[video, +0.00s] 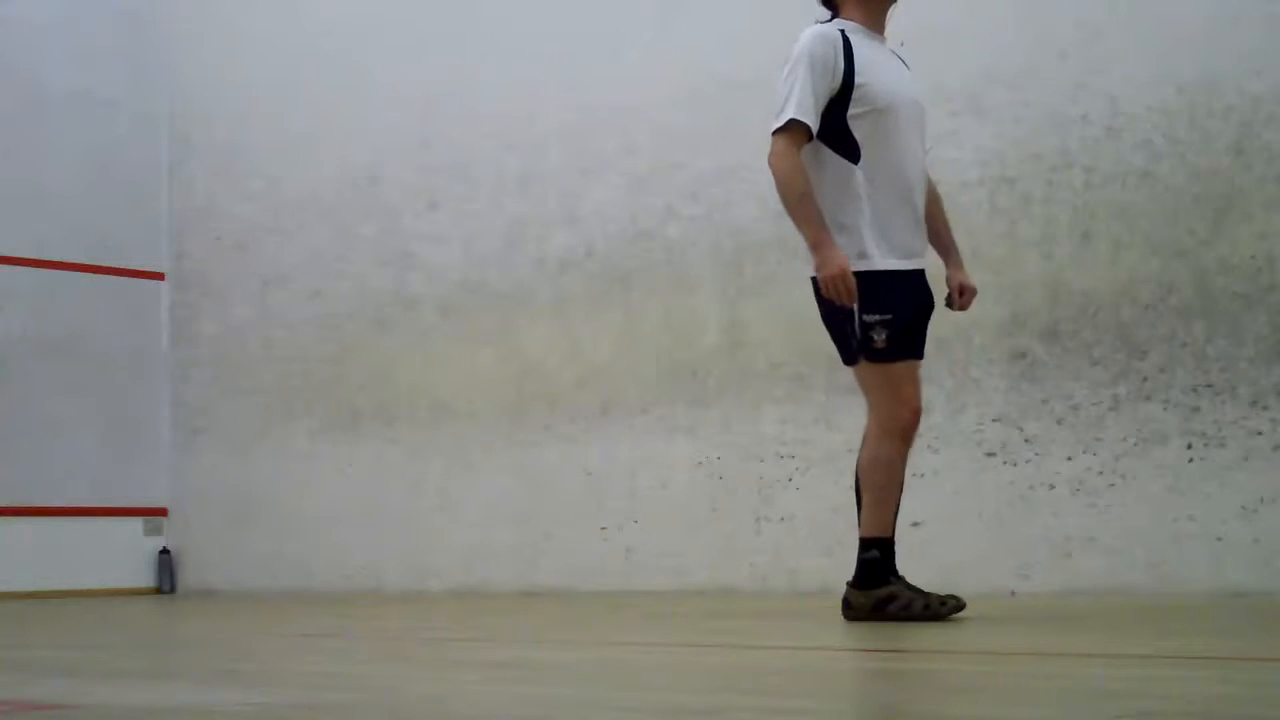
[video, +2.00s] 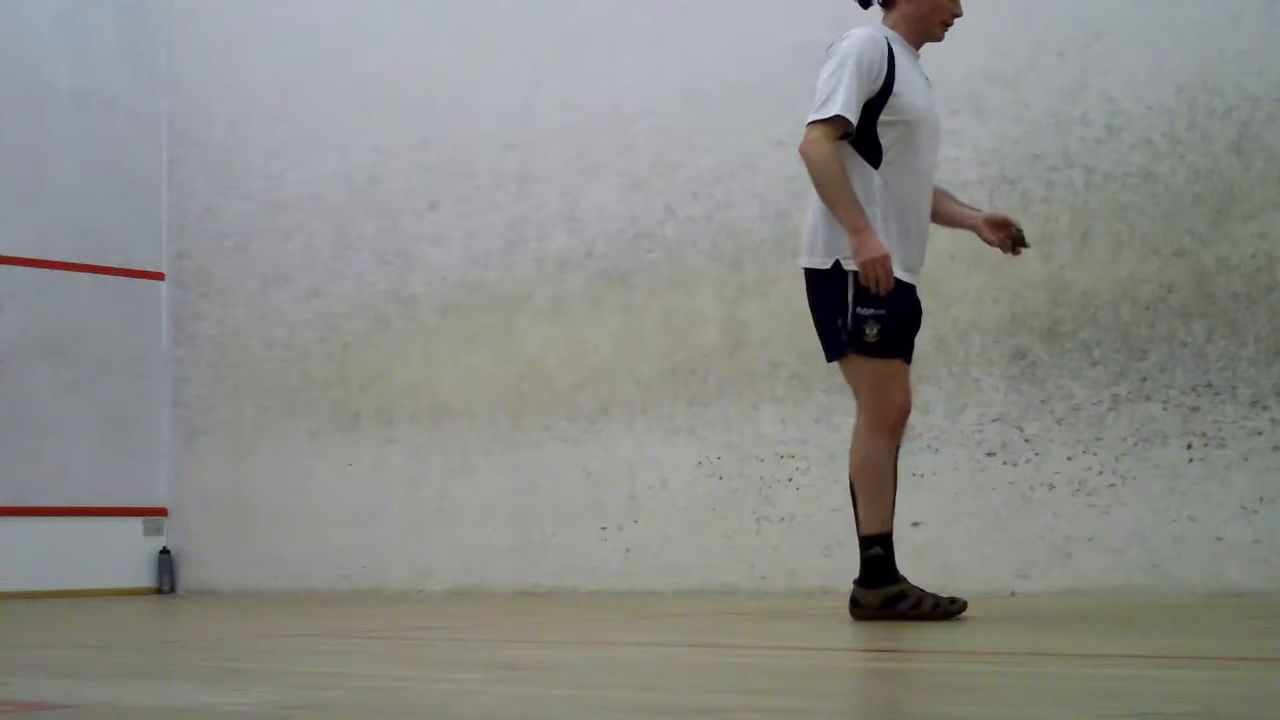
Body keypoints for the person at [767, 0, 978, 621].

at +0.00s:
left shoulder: (893, 59)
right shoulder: (822, 43)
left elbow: (915, 174)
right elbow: (783, 151)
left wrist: (951, 259)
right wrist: (822, 248)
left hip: (904, 266)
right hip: (862, 267)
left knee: (893, 417)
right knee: (896, 414)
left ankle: (876, 575)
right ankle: (873, 580)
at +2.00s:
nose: (958, 11)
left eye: (957, 3)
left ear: (914, 4)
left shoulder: (910, 68)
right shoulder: (866, 46)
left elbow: (907, 187)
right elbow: (818, 144)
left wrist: (977, 220)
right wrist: (861, 235)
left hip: (886, 265)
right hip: (854, 263)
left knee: (882, 414)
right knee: (884, 411)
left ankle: (878, 578)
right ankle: (877, 580)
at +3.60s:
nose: (932, 12)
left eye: (932, 3)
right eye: (923, 1)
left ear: (886, 7)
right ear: (882, 2)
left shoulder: (883, 73)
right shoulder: (845, 58)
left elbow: (896, 191)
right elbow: (802, 159)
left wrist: (975, 203)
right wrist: (859, 234)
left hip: (880, 269)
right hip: (868, 269)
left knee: (908, 418)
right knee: (942, 401)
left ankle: (869, 577)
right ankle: (894, 568)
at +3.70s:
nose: (927, 26)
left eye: (928, 15)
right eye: (917, 13)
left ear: (888, 18)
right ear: (875, 12)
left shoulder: (878, 89)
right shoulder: (842, 75)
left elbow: (891, 207)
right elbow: (792, 176)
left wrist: (963, 233)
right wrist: (846, 246)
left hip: (881, 274)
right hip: (879, 270)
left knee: (928, 432)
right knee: (1012, 343)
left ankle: (869, 582)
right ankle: (939, 484)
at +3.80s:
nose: (928, 38)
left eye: (930, 26)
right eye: (919, 24)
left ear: (896, 28)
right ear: (877, 22)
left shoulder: (882, 96)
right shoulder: (843, 85)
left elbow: (878, 197)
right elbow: (790, 183)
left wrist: (932, 237)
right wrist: (848, 259)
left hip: (881, 277)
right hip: (880, 267)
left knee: (937, 430)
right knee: (1031, 257)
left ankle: (869, 582)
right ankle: (969, 405)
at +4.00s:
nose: (931, 21)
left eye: (934, 11)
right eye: (918, 9)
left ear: (931, 20)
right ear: (878, 12)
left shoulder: (907, 92)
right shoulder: (848, 72)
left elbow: (917, 205)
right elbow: (785, 167)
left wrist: (993, 286)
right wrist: (835, 216)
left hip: (898, 268)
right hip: (874, 262)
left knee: (935, 431)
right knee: (1028, 233)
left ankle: (869, 581)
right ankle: (936, 377)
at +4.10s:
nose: (927, 13)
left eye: (934, 4)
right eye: (912, 2)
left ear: (940, 16)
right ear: (879, 12)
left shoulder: (935, 105)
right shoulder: (850, 69)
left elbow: (963, 206)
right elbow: (777, 152)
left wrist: (1020, 269)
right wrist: (771, 179)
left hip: (894, 263)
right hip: (872, 255)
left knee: (948, 431)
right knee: (1017, 304)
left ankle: (870, 581)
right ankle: (917, 446)